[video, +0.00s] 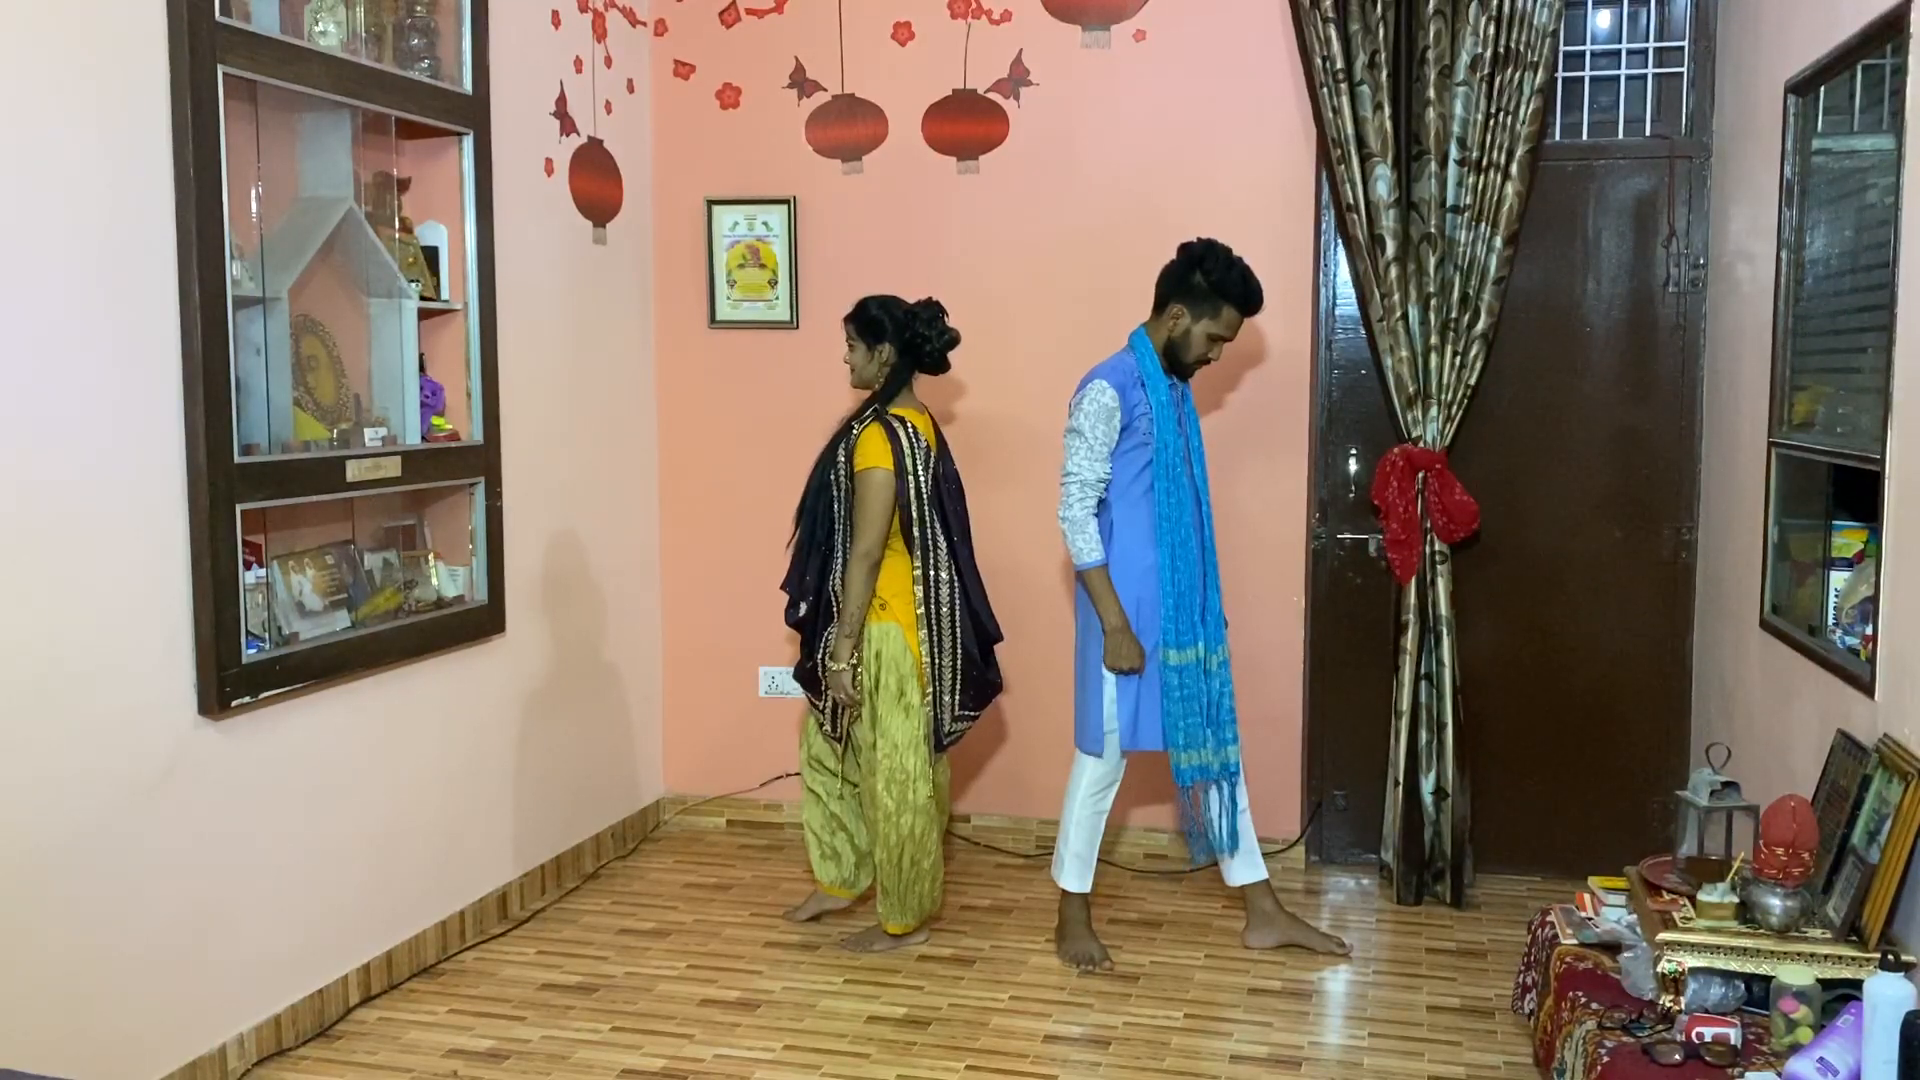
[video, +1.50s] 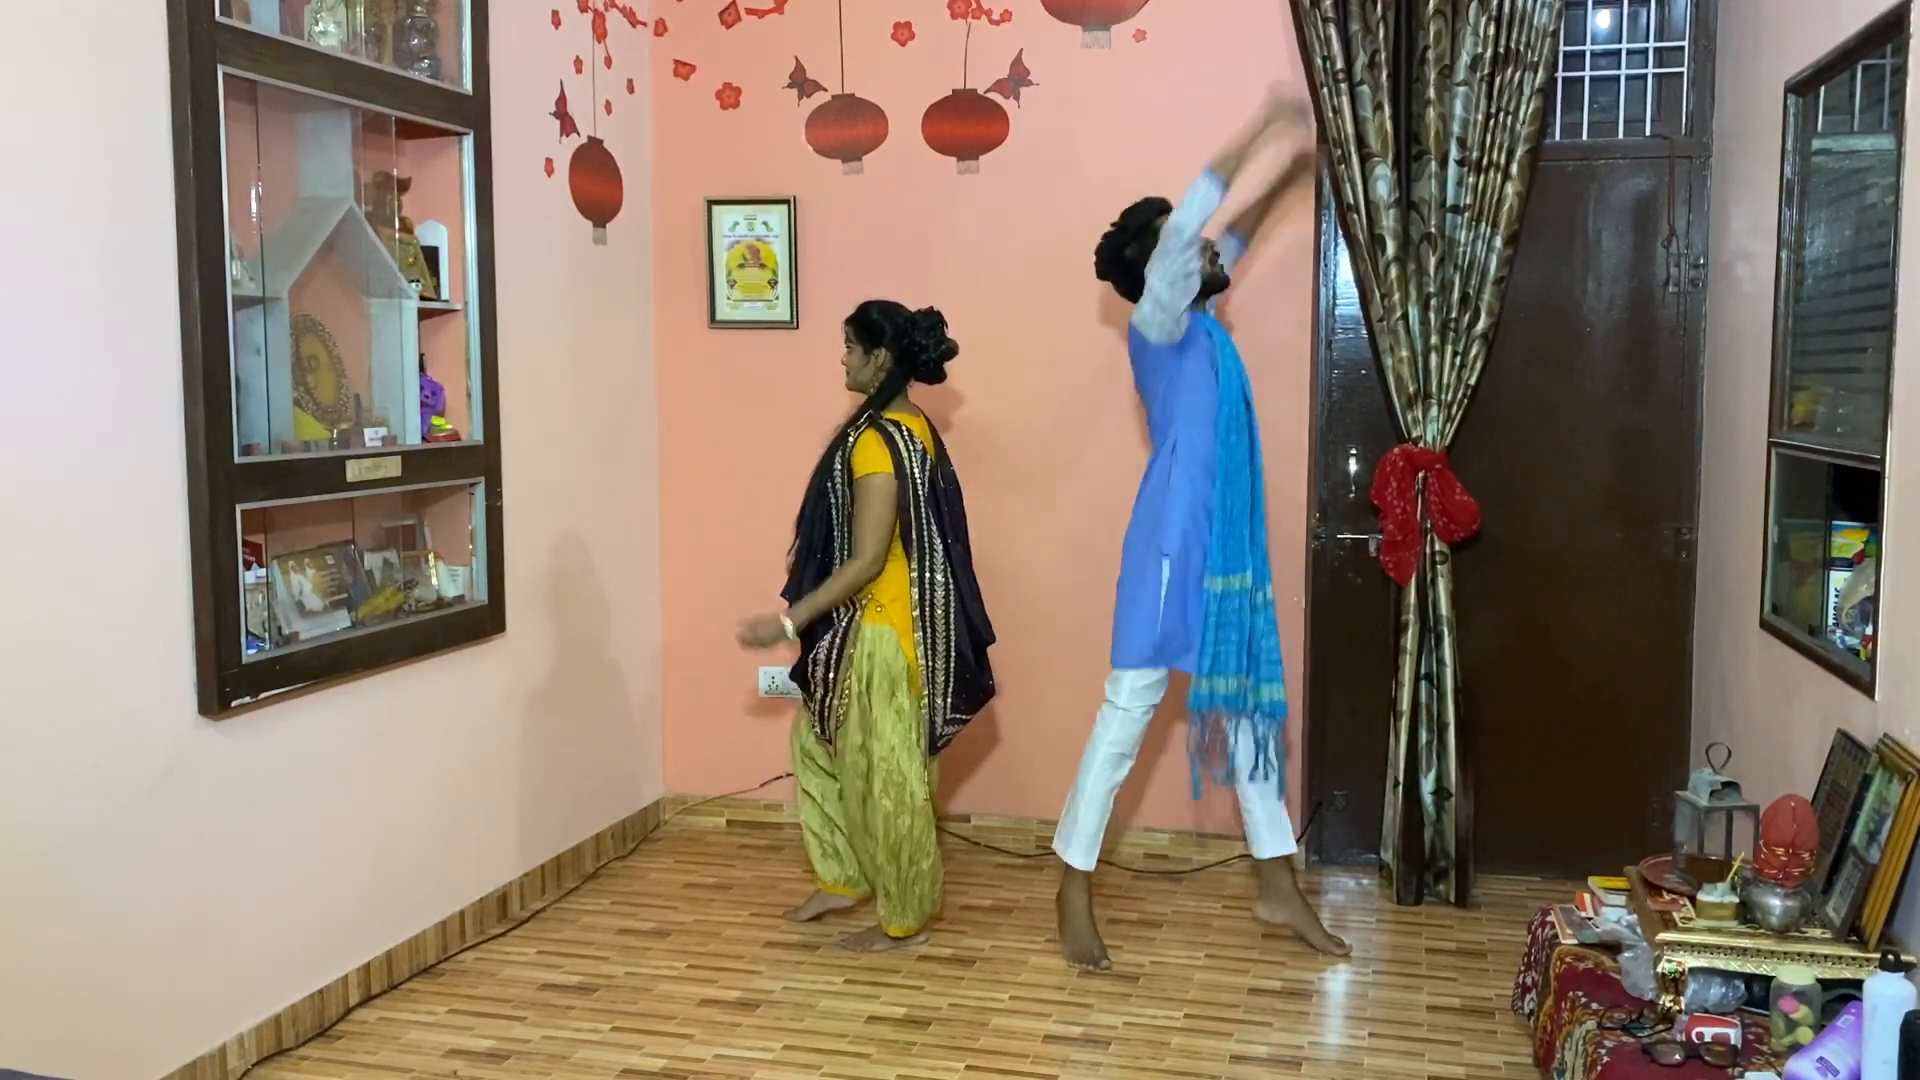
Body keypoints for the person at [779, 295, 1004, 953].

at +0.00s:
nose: (845, 359)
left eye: (854, 347)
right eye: (846, 346)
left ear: (887, 354)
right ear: (894, 354)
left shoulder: (880, 434)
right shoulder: (913, 423)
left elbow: (868, 551)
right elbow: (883, 547)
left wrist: (843, 648)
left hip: (886, 628)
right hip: (884, 618)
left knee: (896, 775)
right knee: (828, 752)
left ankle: (905, 915)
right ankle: (842, 878)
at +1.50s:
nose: (842, 359)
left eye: (850, 349)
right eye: (845, 348)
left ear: (880, 357)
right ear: (888, 358)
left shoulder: (877, 439)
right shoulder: (908, 426)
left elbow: (867, 558)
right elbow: (892, 552)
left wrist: (788, 618)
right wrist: (811, 614)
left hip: (880, 630)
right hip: (885, 623)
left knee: (889, 772)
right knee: (818, 745)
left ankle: (907, 915)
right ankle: (845, 880)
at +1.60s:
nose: (842, 374)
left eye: (849, 364)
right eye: (844, 363)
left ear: (878, 373)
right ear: (886, 374)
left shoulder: (884, 451)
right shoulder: (904, 437)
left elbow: (839, 548)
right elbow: (865, 511)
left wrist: (775, 519)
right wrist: (805, 499)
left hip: (883, 638)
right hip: (877, 629)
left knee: (883, 775)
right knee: (801, 742)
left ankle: (907, 917)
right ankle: (842, 884)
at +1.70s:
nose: (844, 371)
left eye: (852, 361)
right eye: (848, 360)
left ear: (880, 369)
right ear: (891, 372)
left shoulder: (890, 436)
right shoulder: (886, 432)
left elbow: (783, 423)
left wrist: (822, 408)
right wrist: (834, 414)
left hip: (879, 633)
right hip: (847, 628)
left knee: (879, 776)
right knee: (809, 763)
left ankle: (909, 916)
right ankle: (844, 890)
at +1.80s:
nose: (840, 333)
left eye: (848, 322)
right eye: (842, 323)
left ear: (873, 332)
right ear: (895, 335)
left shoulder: (874, 390)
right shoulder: (905, 400)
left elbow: (810, 313)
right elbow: (882, 317)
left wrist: (761, 257)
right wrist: (843, 266)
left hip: (865, 601)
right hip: (849, 598)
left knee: (882, 752)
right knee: (825, 739)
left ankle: (903, 908)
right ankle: (837, 868)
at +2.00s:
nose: (827, 330)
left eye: (835, 320)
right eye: (829, 320)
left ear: (864, 332)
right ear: (883, 334)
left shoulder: (868, 388)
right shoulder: (892, 382)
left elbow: (820, 342)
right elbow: (886, 306)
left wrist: (774, 278)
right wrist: (878, 229)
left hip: (871, 591)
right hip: (848, 586)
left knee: (879, 742)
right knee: (822, 723)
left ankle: (918, 895)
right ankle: (810, 855)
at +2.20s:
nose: (814, 375)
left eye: (822, 364)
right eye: (817, 363)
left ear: (849, 373)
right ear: (861, 375)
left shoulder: (851, 432)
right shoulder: (859, 434)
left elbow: (764, 448)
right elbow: (837, 521)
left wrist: (674, 400)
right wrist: (774, 516)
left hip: (847, 625)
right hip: (824, 623)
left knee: (859, 764)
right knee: (785, 747)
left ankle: (924, 909)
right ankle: (793, 885)